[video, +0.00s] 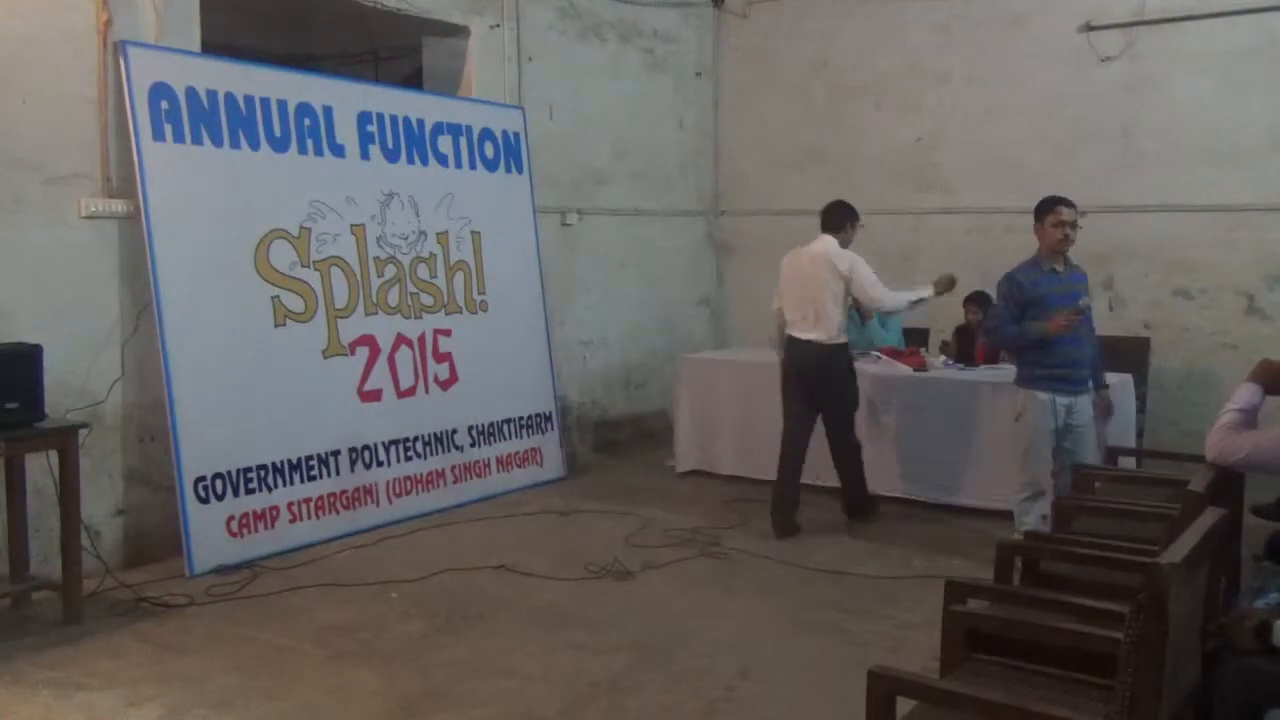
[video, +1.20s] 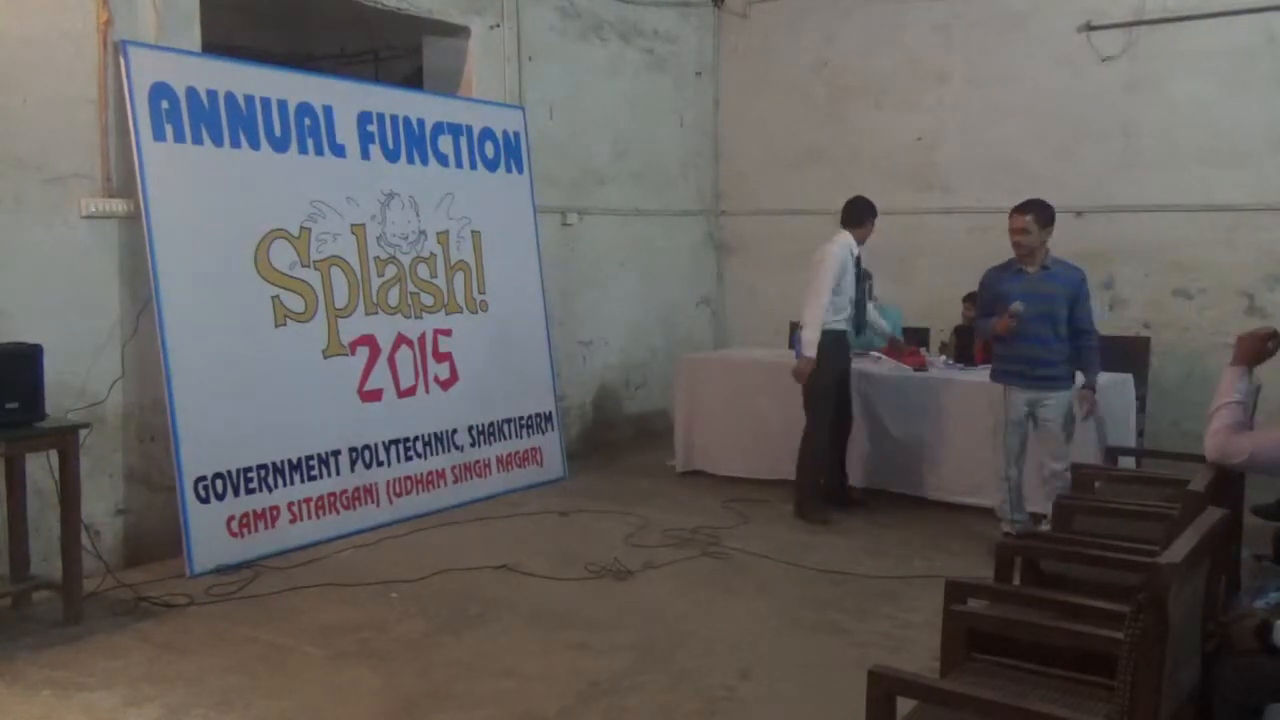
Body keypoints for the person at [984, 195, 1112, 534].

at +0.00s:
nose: (1067, 233)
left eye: (1073, 226)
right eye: (1059, 225)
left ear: (1078, 231)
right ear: (1038, 229)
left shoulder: (1077, 276)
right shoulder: (1016, 281)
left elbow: (1089, 334)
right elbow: (996, 334)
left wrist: (1100, 387)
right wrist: (1045, 328)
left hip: (1079, 394)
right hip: (1038, 394)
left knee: (1084, 476)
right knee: (1036, 480)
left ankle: (1079, 548)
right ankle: (1032, 550)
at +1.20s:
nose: (1015, 239)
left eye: (1023, 232)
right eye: (1012, 232)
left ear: (1046, 233)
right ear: (1008, 232)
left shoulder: (1071, 278)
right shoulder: (995, 278)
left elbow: (1085, 333)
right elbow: (979, 324)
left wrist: (1090, 381)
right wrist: (995, 325)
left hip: (1056, 386)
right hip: (1012, 385)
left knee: (1053, 459)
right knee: (1010, 457)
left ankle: (1051, 522)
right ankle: (1013, 521)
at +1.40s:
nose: (1001, 242)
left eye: (1008, 235)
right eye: (998, 235)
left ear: (1033, 234)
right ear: (997, 234)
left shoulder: (1064, 276)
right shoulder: (993, 277)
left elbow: (1081, 332)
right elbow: (977, 322)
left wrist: (1081, 384)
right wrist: (984, 325)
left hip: (1051, 387)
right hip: (1007, 385)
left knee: (1053, 461)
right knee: (1007, 461)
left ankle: (1056, 528)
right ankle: (1012, 526)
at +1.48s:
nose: (998, 241)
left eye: (1005, 234)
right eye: (996, 234)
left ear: (1030, 234)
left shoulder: (1063, 275)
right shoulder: (995, 277)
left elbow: (1079, 332)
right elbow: (981, 325)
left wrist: (1079, 385)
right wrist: (983, 324)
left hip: (1049, 387)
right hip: (1006, 385)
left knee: (1050, 464)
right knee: (1007, 463)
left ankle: (1061, 532)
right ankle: (1012, 529)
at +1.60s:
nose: (998, 241)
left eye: (1004, 234)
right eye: (996, 235)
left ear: (1027, 234)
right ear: (1013, 236)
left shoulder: (1064, 275)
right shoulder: (1001, 277)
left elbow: (1078, 334)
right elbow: (999, 330)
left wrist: (1074, 386)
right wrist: (983, 324)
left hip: (1047, 387)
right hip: (1006, 384)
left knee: (1046, 468)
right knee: (1006, 463)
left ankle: (1060, 534)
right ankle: (1012, 532)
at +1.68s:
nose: (1001, 240)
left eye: (1007, 233)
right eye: (1000, 234)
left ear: (1030, 233)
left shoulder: (1066, 276)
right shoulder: (1007, 277)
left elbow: (1077, 335)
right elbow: (1002, 328)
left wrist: (1068, 387)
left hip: (1045, 387)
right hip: (1007, 383)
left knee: (1046, 464)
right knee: (1006, 461)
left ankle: (1059, 530)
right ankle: (1012, 530)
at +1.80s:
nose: (1007, 240)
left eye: (1011, 233)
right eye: (1006, 233)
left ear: (1032, 232)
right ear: (1026, 232)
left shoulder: (1070, 277)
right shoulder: (1017, 275)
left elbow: (1078, 342)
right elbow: (1012, 323)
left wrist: (1053, 388)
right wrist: (992, 328)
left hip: (1048, 388)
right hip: (1011, 383)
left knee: (1051, 466)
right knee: (1008, 461)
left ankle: (1055, 536)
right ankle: (1013, 530)